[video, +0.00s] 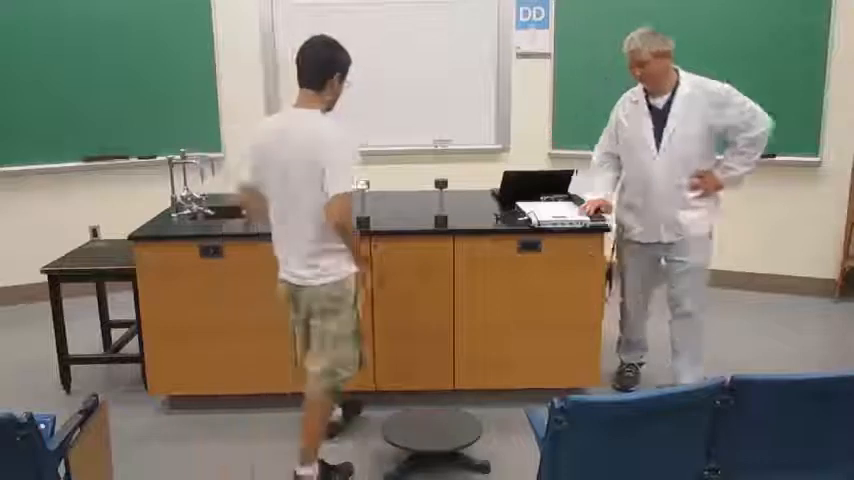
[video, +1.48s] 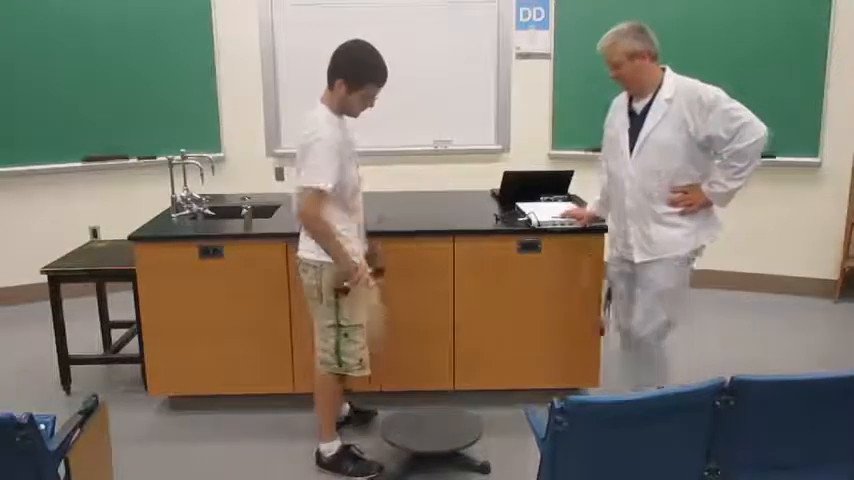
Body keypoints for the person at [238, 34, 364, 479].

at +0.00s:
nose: (343, 90)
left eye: (343, 82)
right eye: (344, 81)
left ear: (299, 76)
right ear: (334, 81)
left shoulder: (268, 129)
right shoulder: (332, 135)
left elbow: (247, 199)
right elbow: (338, 214)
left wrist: (286, 217)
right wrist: (355, 247)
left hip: (289, 270)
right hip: (329, 273)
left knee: (308, 352)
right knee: (323, 371)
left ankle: (329, 413)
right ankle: (308, 466)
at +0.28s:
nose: (347, 83)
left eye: (347, 75)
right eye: (347, 75)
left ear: (306, 74)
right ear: (336, 75)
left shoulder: (279, 129)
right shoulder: (339, 126)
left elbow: (273, 197)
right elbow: (356, 202)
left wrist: (317, 195)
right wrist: (375, 223)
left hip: (303, 258)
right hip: (338, 260)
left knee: (330, 341)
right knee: (344, 354)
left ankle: (339, 412)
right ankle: (314, 451)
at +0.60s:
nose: (377, 98)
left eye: (376, 91)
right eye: (376, 91)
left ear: (339, 88)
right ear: (364, 88)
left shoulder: (309, 122)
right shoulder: (368, 125)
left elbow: (301, 178)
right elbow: (403, 188)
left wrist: (351, 194)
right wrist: (430, 201)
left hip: (296, 246)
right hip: (330, 251)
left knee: (323, 340)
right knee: (326, 352)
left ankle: (333, 413)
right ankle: (313, 447)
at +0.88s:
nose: (378, 94)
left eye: (379, 86)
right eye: (377, 85)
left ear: (342, 79)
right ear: (359, 80)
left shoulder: (306, 118)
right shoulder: (363, 120)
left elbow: (302, 177)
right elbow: (395, 186)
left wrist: (357, 188)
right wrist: (421, 197)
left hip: (298, 245)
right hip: (329, 249)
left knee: (320, 341)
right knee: (325, 349)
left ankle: (332, 412)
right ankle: (313, 446)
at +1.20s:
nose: (373, 98)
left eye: (375, 89)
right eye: (370, 88)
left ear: (343, 80)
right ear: (344, 79)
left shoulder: (321, 116)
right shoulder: (334, 123)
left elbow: (317, 190)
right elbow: (327, 196)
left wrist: (360, 227)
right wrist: (365, 238)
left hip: (327, 251)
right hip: (332, 255)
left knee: (339, 342)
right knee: (337, 351)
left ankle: (335, 412)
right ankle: (330, 445)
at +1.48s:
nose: (371, 104)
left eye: (374, 95)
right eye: (369, 95)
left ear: (342, 84)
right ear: (343, 84)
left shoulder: (334, 124)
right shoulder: (323, 131)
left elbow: (341, 198)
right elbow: (310, 210)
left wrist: (362, 245)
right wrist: (347, 259)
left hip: (339, 257)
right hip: (326, 261)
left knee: (342, 343)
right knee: (330, 356)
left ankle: (339, 409)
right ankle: (328, 447)